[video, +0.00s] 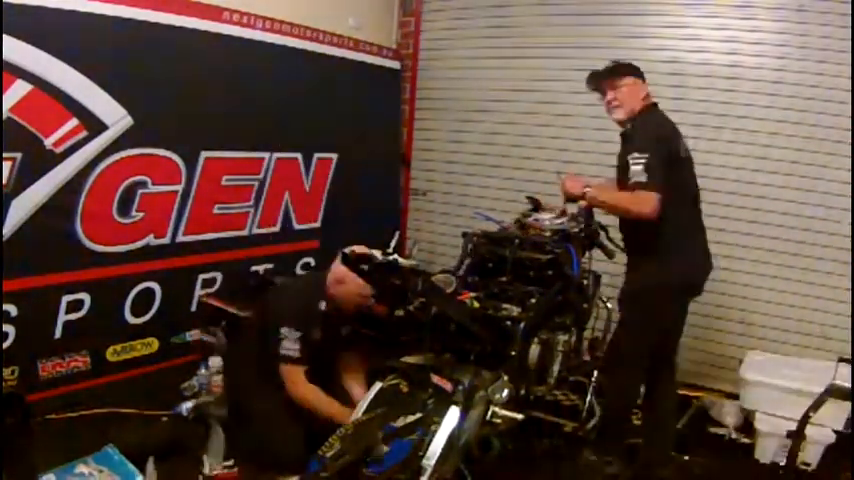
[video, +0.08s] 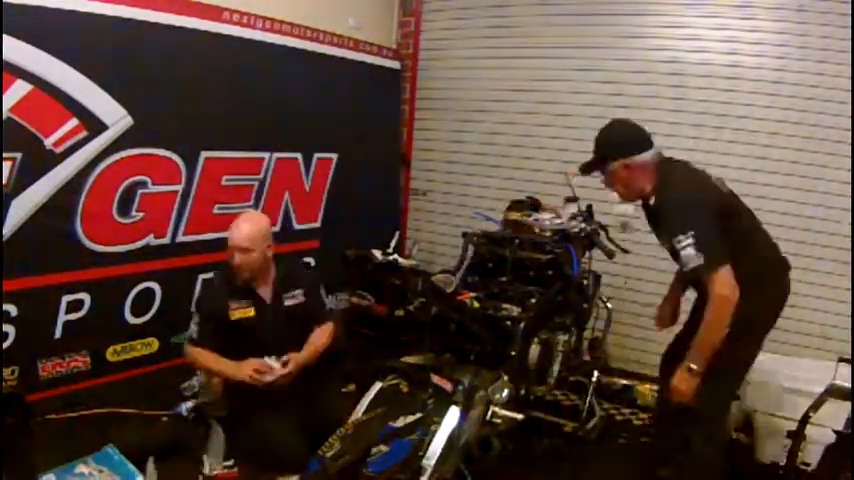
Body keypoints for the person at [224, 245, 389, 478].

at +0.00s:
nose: (364, 306)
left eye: (368, 301)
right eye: (365, 298)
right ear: (346, 282)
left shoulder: (336, 305)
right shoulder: (293, 302)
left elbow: (349, 363)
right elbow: (296, 385)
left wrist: (367, 408)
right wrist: (352, 418)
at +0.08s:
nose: (235, 260)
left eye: (245, 252)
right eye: (232, 251)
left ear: (268, 250)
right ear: (227, 247)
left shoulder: (299, 275)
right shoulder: (214, 289)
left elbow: (325, 325)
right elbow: (193, 350)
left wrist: (302, 358)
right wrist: (237, 370)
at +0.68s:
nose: (392, 223)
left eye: (397, 214)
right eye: (387, 212)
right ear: (359, 197)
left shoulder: (378, 241)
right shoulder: (316, 240)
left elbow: (385, 298)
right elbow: (292, 322)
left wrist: (404, 336)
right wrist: (359, 349)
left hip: (358, 377)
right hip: (310, 379)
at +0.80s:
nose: (324, 255)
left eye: (327, 247)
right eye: (318, 246)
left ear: (329, 245)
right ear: (293, 239)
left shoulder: (331, 277)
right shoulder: (265, 284)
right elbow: (253, 354)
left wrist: (358, 312)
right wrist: (314, 329)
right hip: (290, 409)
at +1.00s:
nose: (341, 254)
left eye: (346, 247)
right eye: (334, 246)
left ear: (349, 243)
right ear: (309, 239)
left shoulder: (348, 278)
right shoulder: (282, 285)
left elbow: (365, 322)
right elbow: (289, 359)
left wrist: (379, 352)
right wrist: (352, 362)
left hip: (347, 387)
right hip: (299, 391)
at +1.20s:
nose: (389, 303)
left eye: (394, 296)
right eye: (387, 293)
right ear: (367, 276)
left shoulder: (371, 309)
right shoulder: (315, 298)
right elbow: (293, 372)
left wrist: (429, 376)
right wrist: (362, 358)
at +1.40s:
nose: (325, 254)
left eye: (328, 246)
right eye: (317, 246)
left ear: (332, 241)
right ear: (292, 241)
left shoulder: (329, 272)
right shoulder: (269, 282)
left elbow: (349, 318)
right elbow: (251, 352)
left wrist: (365, 365)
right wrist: (297, 404)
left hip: (340, 386)